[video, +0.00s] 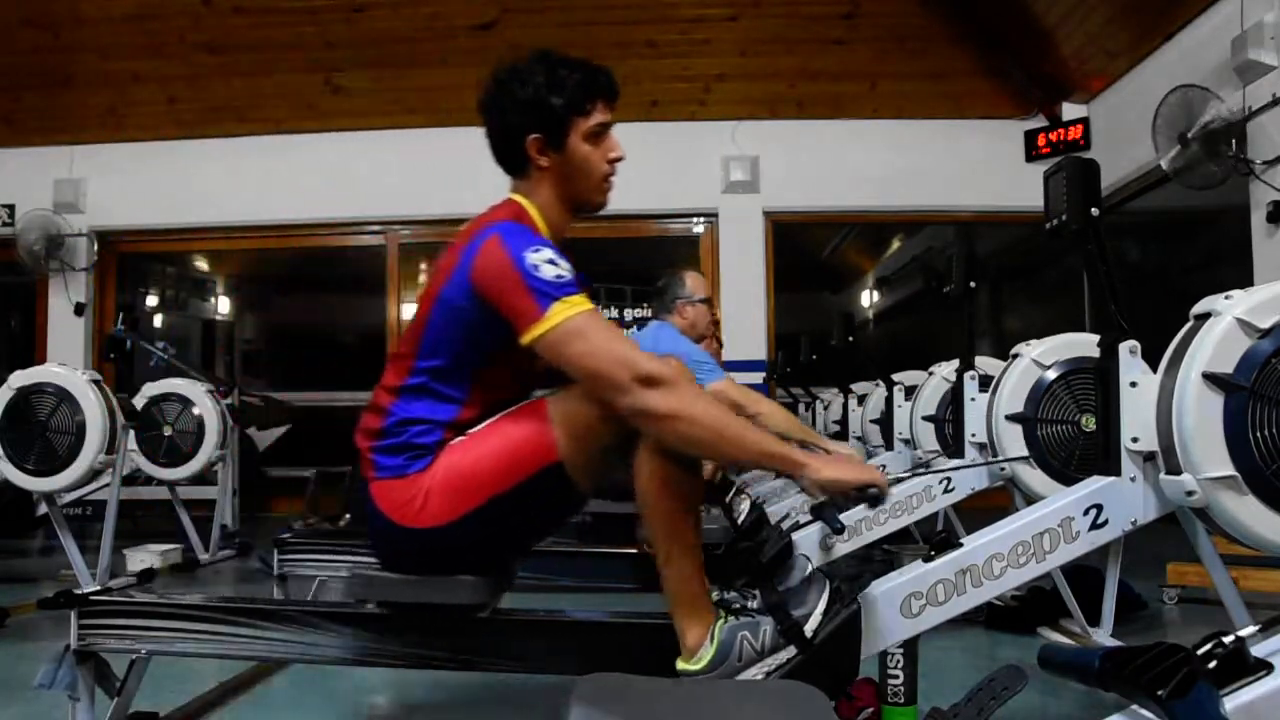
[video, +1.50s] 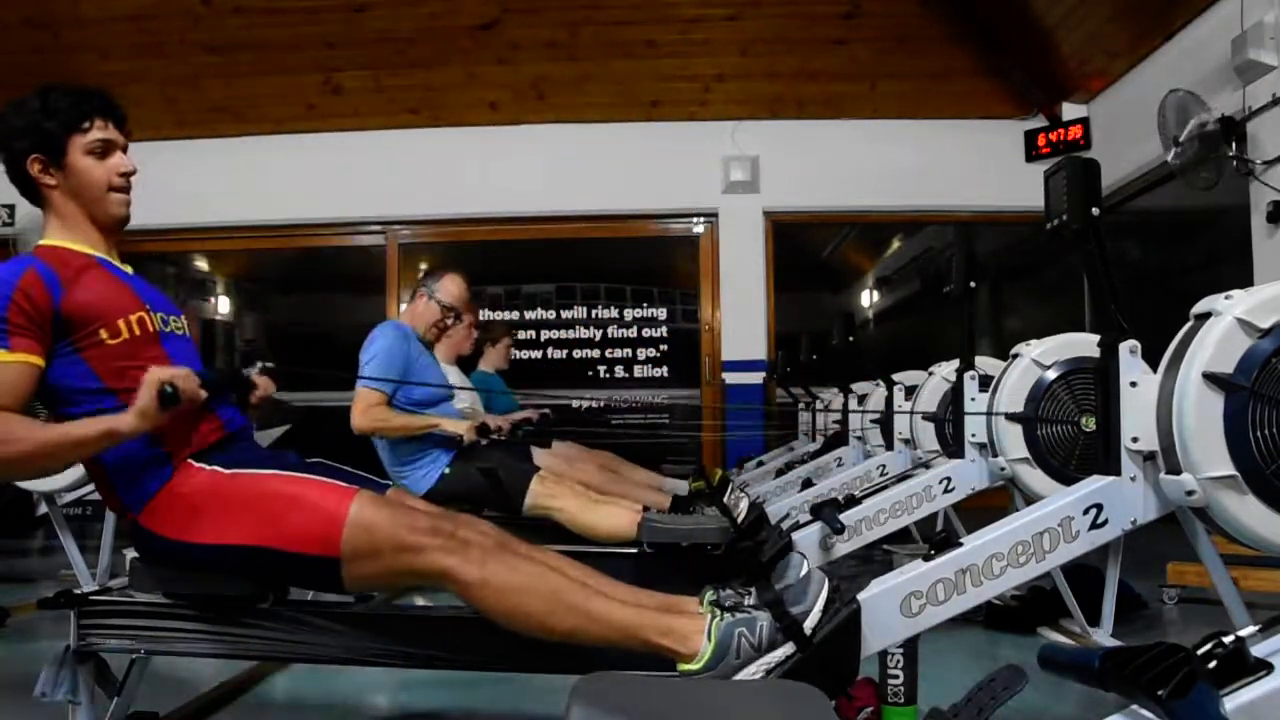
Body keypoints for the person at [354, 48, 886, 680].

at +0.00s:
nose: (618, 153)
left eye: (613, 134)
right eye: (599, 136)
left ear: (549, 154)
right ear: (541, 152)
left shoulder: (527, 244)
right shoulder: (509, 247)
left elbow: (633, 377)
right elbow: (643, 386)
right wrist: (802, 466)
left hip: (440, 487)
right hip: (414, 501)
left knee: (644, 387)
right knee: (640, 398)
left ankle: (698, 617)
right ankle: (700, 640)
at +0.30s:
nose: (717, 154)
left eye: (711, 135)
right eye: (699, 137)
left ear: (646, 154)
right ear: (642, 153)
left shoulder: (631, 244)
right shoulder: (620, 249)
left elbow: (775, 362)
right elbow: (780, 376)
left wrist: (890, 436)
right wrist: (940, 434)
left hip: (531, 495)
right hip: (512, 506)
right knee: (738, 382)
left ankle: (704, 599)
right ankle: (702, 621)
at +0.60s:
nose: (665, 147)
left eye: (658, 127)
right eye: (645, 130)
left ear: (596, 148)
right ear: (590, 147)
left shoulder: (582, 233)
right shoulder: (571, 240)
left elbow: (721, 343)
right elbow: (728, 366)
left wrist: (865, 409)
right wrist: (887, 415)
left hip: (487, 487)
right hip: (468, 501)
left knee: (664, 355)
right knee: (699, 375)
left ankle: (718, 525)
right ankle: (702, 626)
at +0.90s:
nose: (415, 117)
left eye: (411, 99)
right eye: (392, 101)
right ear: (334, 121)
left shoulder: (382, 231)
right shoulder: (331, 215)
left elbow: (468, 361)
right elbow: (461, 340)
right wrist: (626, 374)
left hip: (326, 473)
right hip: (279, 485)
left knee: (544, 429)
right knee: (539, 439)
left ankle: (701, 613)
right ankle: (704, 641)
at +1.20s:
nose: (176, 143)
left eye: (174, 127)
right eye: (153, 127)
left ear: (162, 144)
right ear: (92, 149)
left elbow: (271, 384)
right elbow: (139, 369)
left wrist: (371, 349)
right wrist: (316, 338)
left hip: (247, 460)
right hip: (189, 480)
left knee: (466, 521)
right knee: (438, 530)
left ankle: (704, 626)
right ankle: (704, 641)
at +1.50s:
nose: (125, 166)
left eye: (125, 150)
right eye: (102, 151)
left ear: (109, 168)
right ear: (43, 172)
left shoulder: (126, 277)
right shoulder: (35, 277)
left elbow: (161, 405)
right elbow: (7, 442)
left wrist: (237, 396)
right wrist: (125, 424)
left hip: (223, 466)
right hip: (177, 490)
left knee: (454, 531)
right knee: (434, 539)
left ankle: (700, 621)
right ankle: (696, 641)